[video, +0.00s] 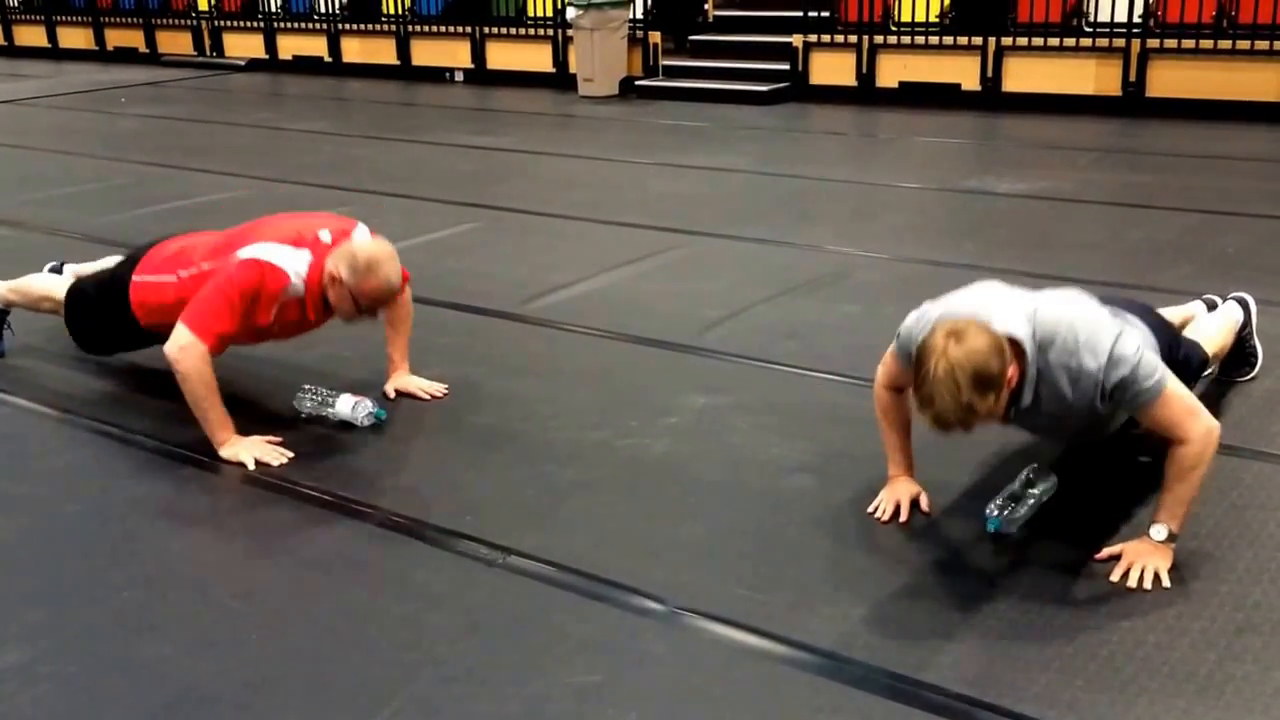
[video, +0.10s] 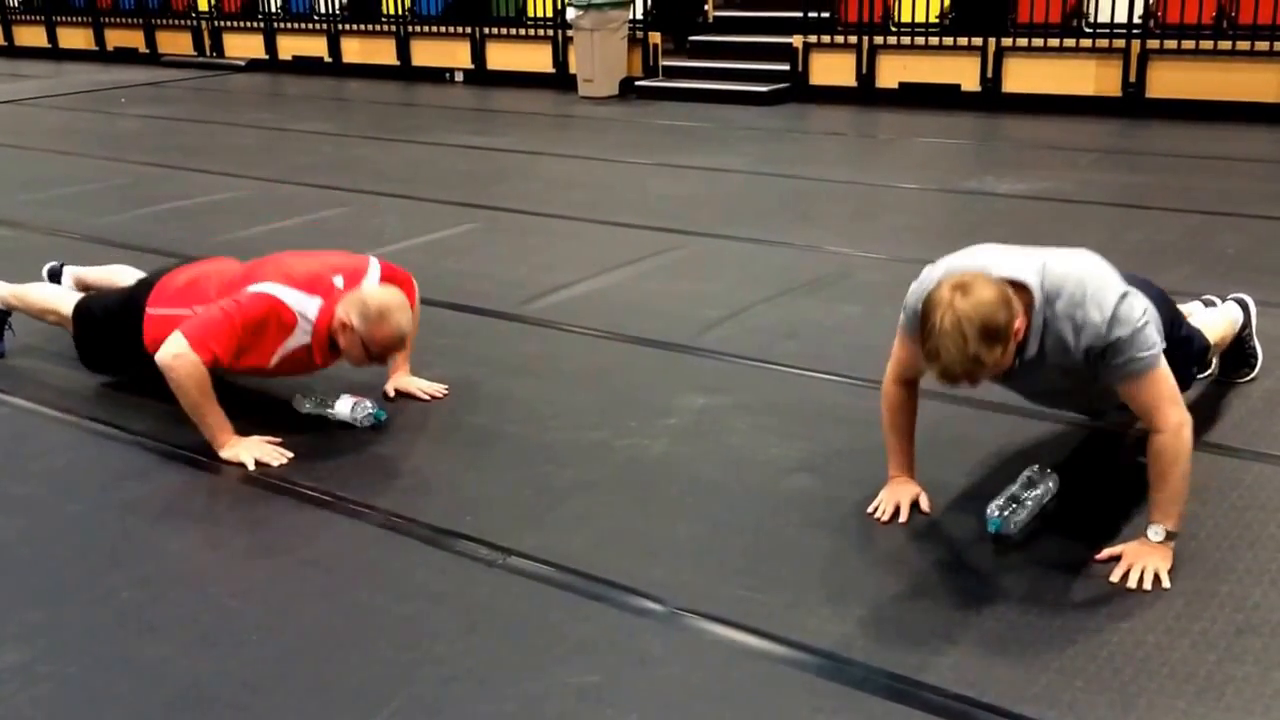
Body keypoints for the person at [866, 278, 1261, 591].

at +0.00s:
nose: (982, 425)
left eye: (986, 414)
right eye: (966, 420)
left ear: (1010, 374)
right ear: (931, 376)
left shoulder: (1103, 355)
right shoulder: (923, 331)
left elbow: (1200, 433)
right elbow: (888, 384)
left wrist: (1160, 537)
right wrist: (900, 474)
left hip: (1142, 342)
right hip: (1081, 321)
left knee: (1195, 351)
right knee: (1157, 328)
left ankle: (1235, 313)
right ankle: (1201, 308)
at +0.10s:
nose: (978, 386)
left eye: (987, 375)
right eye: (966, 378)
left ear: (1018, 327)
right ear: (938, 334)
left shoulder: (1105, 316)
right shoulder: (929, 296)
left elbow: (1171, 424)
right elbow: (900, 379)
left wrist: (1159, 537)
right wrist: (899, 475)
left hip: (1143, 337)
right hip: (1058, 364)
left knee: (1194, 346)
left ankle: (1234, 315)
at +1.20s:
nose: (980, 475)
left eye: (985, 464)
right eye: (964, 471)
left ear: (1011, 424)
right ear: (932, 414)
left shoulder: (1101, 401)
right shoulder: (936, 365)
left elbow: (1214, 454)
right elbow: (881, 394)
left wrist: (1161, 552)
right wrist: (897, 488)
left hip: (1137, 382)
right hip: (1070, 356)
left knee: (1192, 380)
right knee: (1130, 354)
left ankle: (1233, 328)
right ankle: (1194, 322)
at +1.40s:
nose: (973, 504)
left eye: (978, 496)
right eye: (959, 499)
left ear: (1008, 452)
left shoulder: (1094, 414)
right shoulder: (941, 378)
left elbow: (1214, 458)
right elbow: (881, 396)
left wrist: (1160, 555)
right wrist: (898, 489)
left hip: (1130, 390)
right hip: (1054, 364)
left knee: (1191, 387)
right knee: (1128, 363)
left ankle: (1233, 331)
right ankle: (1192, 326)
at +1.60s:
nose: (985, 409)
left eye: (991, 397)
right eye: (970, 401)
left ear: (1022, 355)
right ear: (948, 356)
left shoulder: (1110, 343)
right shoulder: (934, 319)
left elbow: (1183, 447)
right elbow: (898, 397)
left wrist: (1159, 558)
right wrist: (897, 492)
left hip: (1145, 356)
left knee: (1196, 370)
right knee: (1167, 347)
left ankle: (1236, 335)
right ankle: (1206, 329)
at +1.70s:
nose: (988, 383)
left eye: (998, 371)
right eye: (973, 374)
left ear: (1029, 328)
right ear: (949, 340)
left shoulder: (1115, 326)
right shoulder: (935, 309)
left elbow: (1162, 445)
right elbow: (906, 398)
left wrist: (1156, 558)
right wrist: (898, 493)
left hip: (1144, 363)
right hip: (1059, 386)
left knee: (1196, 369)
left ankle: (1235, 338)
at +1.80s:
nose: (985, 402)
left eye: (993, 387)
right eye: (972, 393)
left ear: (1024, 346)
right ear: (951, 360)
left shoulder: (1112, 344)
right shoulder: (931, 327)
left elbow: (1183, 450)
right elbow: (899, 401)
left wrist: (1159, 561)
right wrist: (897, 495)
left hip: (1144, 364)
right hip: (1058, 391)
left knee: (1197, 360)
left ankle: (1235, 337)